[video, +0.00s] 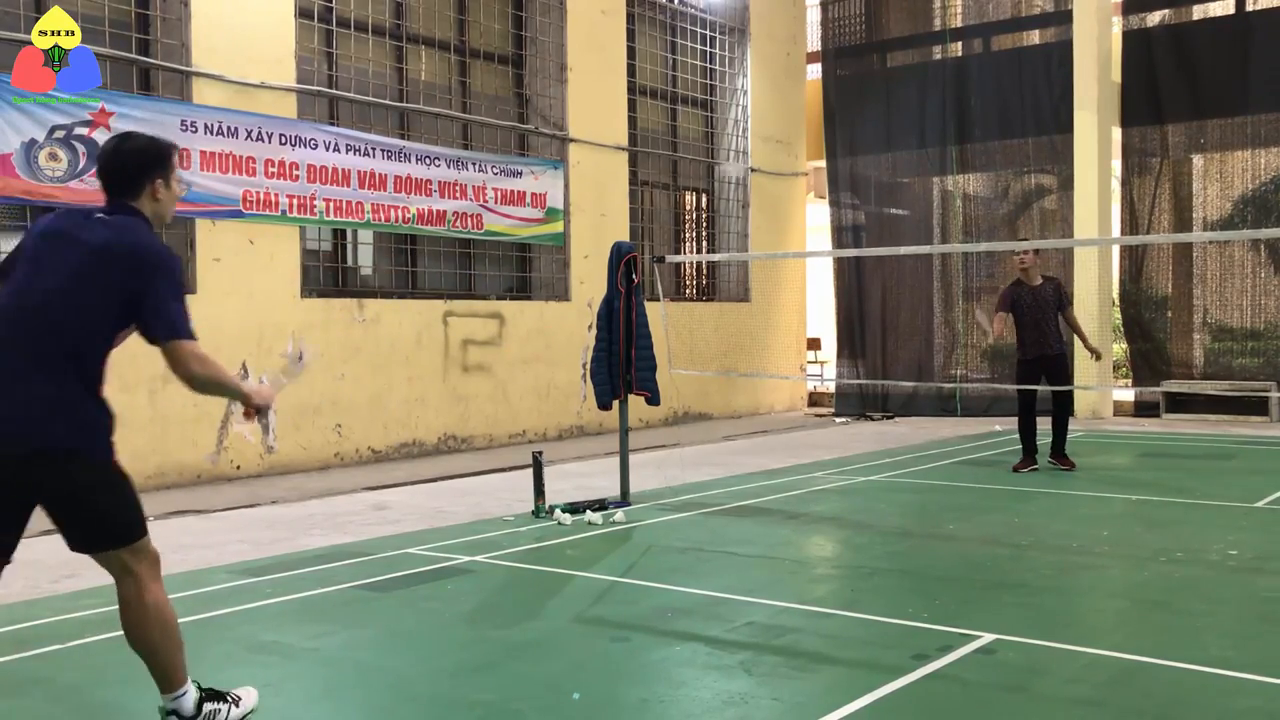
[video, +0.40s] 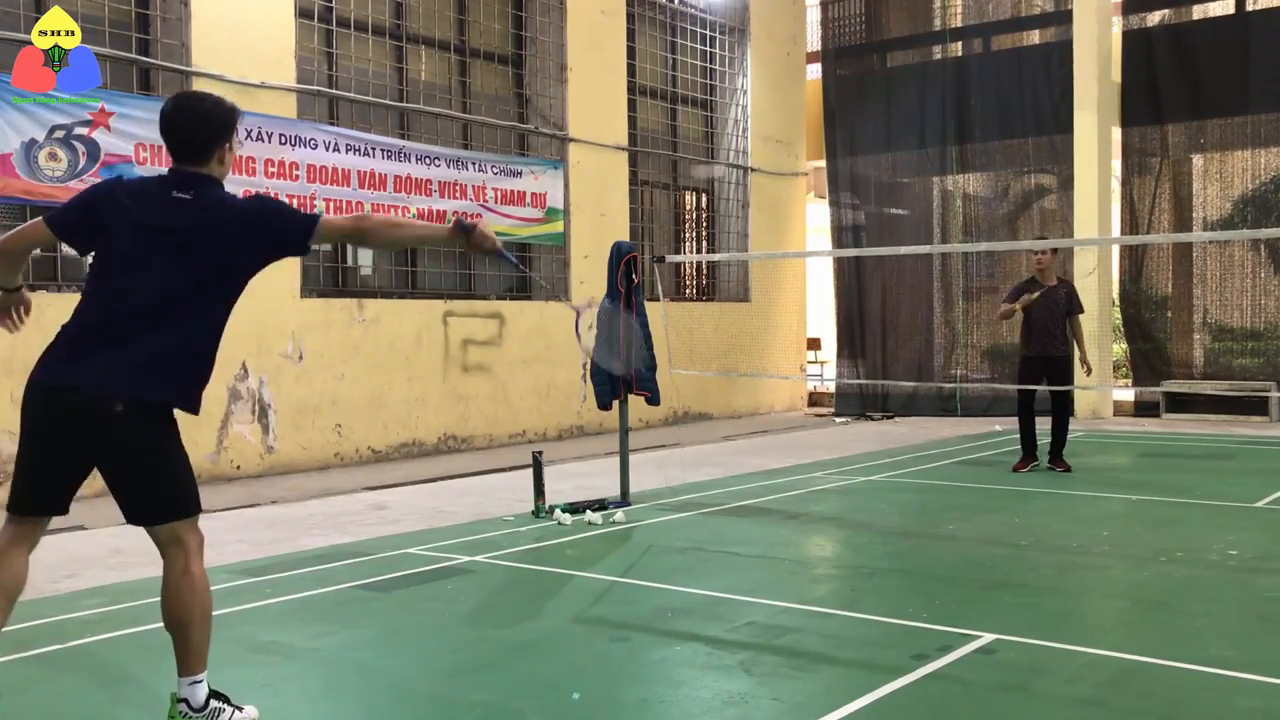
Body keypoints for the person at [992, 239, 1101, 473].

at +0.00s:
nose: (1020, 257)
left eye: (1025, 253)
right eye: (1017, 254)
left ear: (1036, 258)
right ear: (1014, 260)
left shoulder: (1054, 285)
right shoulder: (1011, 291)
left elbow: (1069, 317)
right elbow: (1000, 316)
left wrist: (1087, 344)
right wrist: (998, 330)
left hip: (1056, 355)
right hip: (1028, 357)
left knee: (1062, 405)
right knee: (1026, 407)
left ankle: (1058, 453)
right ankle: (1029, 457)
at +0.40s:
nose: (1038, 257)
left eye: (1043, 253)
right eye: (1034, 253)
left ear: (1053, 257)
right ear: (1030, 258)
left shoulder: (1066, 287)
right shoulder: (1024, 287)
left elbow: (1074, 322)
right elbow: (1001, 314)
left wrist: (1083, 353)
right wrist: (1020, 304)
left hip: (1060, 356)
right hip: (1031, 356)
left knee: (1061, 408)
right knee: (1024, 405)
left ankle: (1056, 457)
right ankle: (1029, 455)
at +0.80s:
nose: (1035, 256)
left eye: (1040, 252)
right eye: (1032, 252)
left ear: (1051, 256)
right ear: (1028, 257)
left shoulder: (1067, 284)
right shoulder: (1024, 288)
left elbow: (1083, 316)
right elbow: (999, 311)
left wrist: (1102, 343)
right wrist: (1005, 293)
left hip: (1068, 355)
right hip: (1040, 356)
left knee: (1068, 408)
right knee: (1039, 408)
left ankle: (1059, 456)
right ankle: (1041, 458)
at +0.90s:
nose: (1030, 258)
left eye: (1035, 254)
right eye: (1026, 255)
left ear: (1045, 258)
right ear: (1023, 260)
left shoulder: (1063, 285)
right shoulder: (1022, 291)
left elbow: (1083, 316)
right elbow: (1000, 306)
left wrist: (1105, 342)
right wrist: (976, 313)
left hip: (1071, 355)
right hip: (1042, 358)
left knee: (1074, 406)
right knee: (1040, 408)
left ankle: (1063, 455)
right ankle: (1041, 458)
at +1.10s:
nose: (1028, 258)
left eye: (1033, 254)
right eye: (1024, 255)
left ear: (1043, 258)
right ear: (1021, 260)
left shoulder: (1062, 285)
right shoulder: (1019, 293)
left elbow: (1079, 316)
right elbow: (1007, 320)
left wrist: (1097, 344)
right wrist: (1001, 334)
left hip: (1067, 355)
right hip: (1039, 358)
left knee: (1077, 399)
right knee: (1039, 407)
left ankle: (1066, 452)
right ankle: (1041, 459)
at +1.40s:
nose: (1036, 258)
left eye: (1042, 253)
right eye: (1033, 253)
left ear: (1054, 256)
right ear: (1030, 258)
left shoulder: (1069, 286)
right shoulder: (1027, 288)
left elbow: (1081, 321)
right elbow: (1005, 317)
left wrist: (1091, 353)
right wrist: (1010, 313)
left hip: (1064, 357)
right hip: (1035, 357)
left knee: (1067, 409)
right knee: (1026, 404)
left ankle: (1064, 458)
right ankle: (1036, 455)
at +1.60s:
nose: (1034, 256)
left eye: (1040, 252)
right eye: (1032, 252)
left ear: (1052, 255)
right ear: (1029, 257)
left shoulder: (1066, 286)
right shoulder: (1025, 285)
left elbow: (1076, 318)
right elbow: (1002, 307)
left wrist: (1084, 347)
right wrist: (1016, 279)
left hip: (1061, 357)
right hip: (1032, 356)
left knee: (1064, 409)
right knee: (1022, 407)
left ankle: (1063, 458)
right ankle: (1018, 457)